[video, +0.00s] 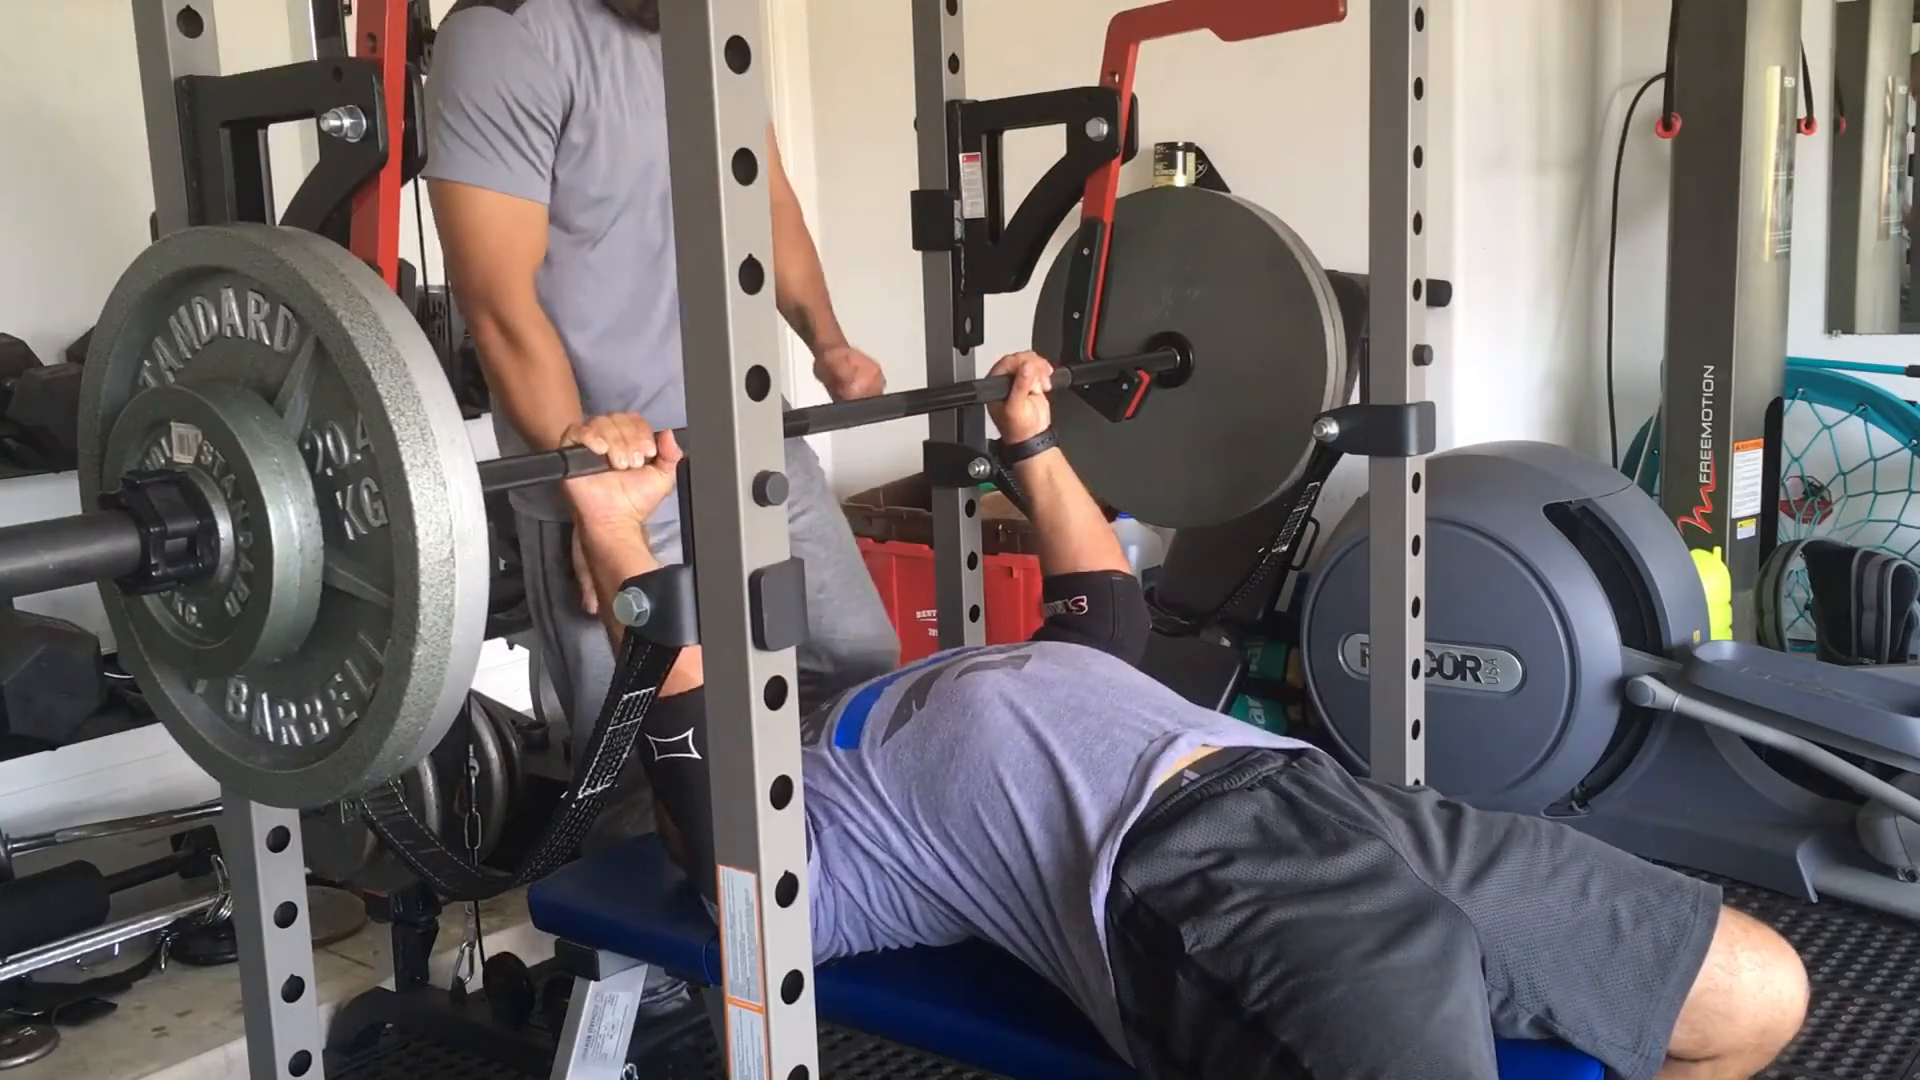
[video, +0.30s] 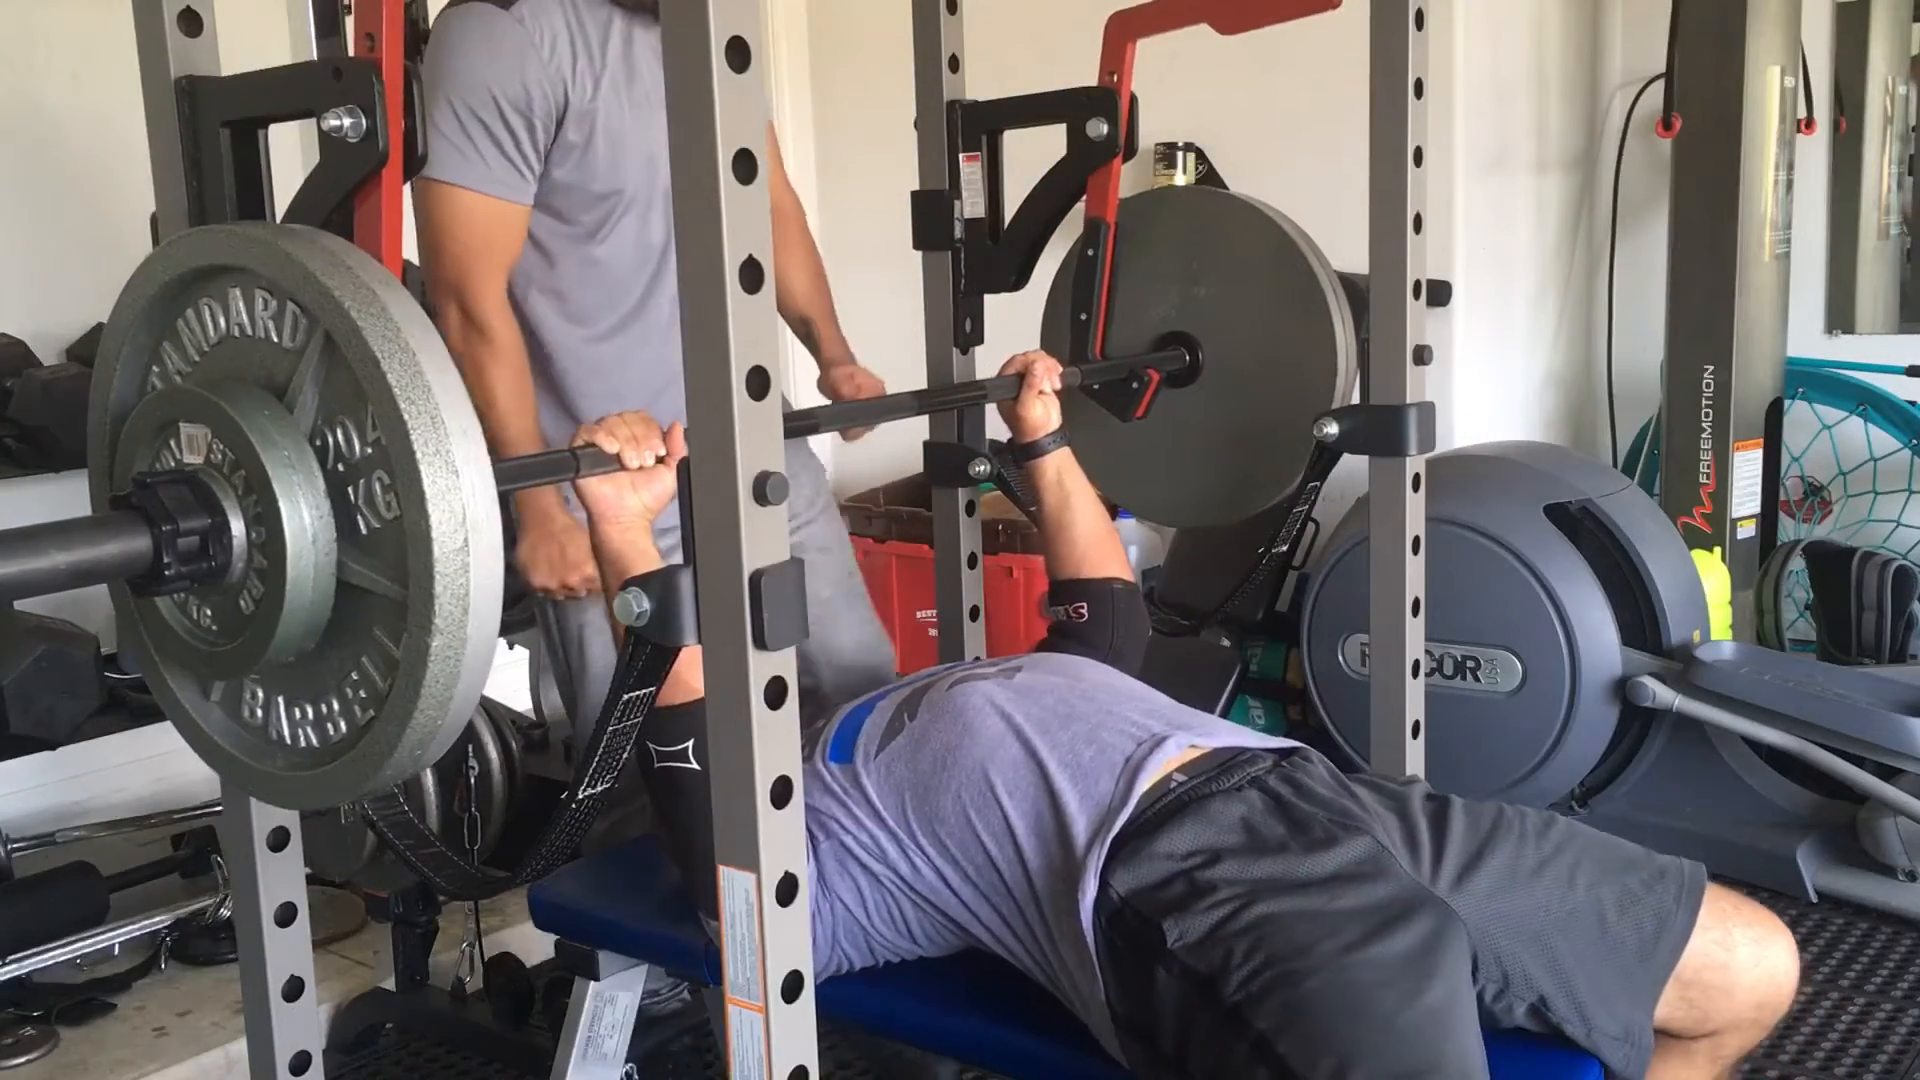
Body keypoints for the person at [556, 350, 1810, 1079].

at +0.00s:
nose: (754, 633)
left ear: (838, 652)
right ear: (730, 732)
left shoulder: (1000, 684)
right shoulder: (803, 821)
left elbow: (1107, 617)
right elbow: (698, 728)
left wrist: (1032, 449)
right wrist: (620, 553)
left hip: (1353, 794)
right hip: (1218, 871)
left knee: (1784, 996)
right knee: (1424, 1044)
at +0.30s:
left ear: (835, 661)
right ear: (701, 749)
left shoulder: (988, 709)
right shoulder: (777, 838)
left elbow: (1110, 637)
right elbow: (714, 721)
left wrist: (1042, 454)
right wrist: (636, 540)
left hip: (1333, 792)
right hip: (1208, 871)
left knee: (1753, 970)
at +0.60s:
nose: (743, 673)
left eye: (757, 670)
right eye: (719, 697)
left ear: (830, 685)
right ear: (723, 753)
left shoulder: (1013, 696)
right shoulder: (799, 828)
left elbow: (1104, 615)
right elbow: (707, 750)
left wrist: (1042, 450)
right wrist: (632, 544)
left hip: (1331, 789)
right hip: (1208, 880)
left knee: (1746, 964)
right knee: (1425, 1060)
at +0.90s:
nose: (760, 663)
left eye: (772, 665)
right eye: (731, 698)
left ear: (836, 680)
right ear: (726, 768)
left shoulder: (1008, 692)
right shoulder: (802, 838)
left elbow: (1108, 611)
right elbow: (711, 765)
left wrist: (1037, 450)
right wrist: (624, 548)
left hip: (1331, 784)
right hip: (1205, 873)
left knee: (1742, 952)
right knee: (1418, 1060)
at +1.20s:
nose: (754, 669)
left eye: (767, 666)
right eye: (728, 693)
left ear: (841, 683)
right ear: (718, 760)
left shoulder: (1007, 702)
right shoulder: (784, 841)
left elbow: (1102, 612)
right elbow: (697, 740)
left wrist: (1040, 448)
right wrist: (628, 546)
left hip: (1323, 784)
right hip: (1200, 877)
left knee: (1745, 920)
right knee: (1426, 1063)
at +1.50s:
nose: (767, 670)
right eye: (735, 700)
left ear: (876, 668)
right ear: (741, 762)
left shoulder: (1032, 686)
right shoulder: (816, 825)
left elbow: (1109, 601)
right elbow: (706, 771)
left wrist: (1037, 442)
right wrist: (635, 550)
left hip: (1328, 785)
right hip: (1203, 878)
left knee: (1738, 939)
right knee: (1427, 1057)